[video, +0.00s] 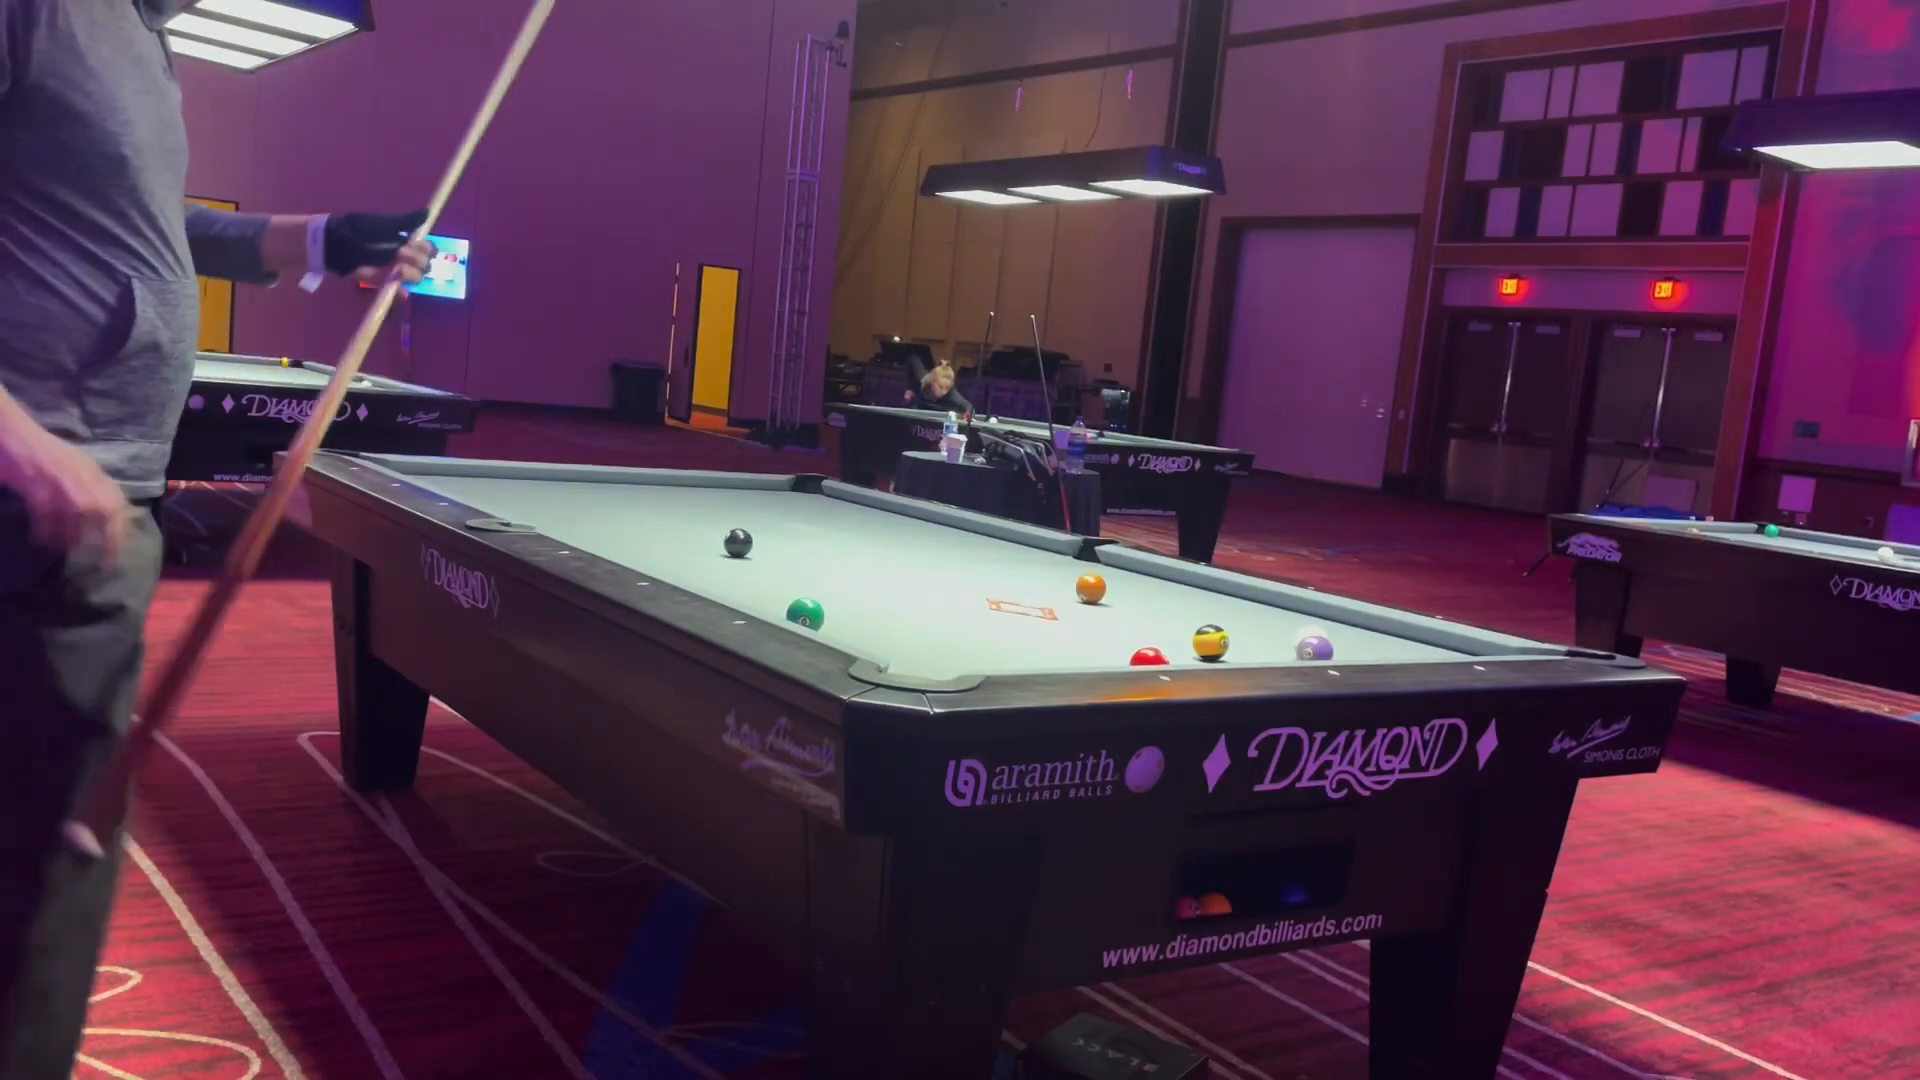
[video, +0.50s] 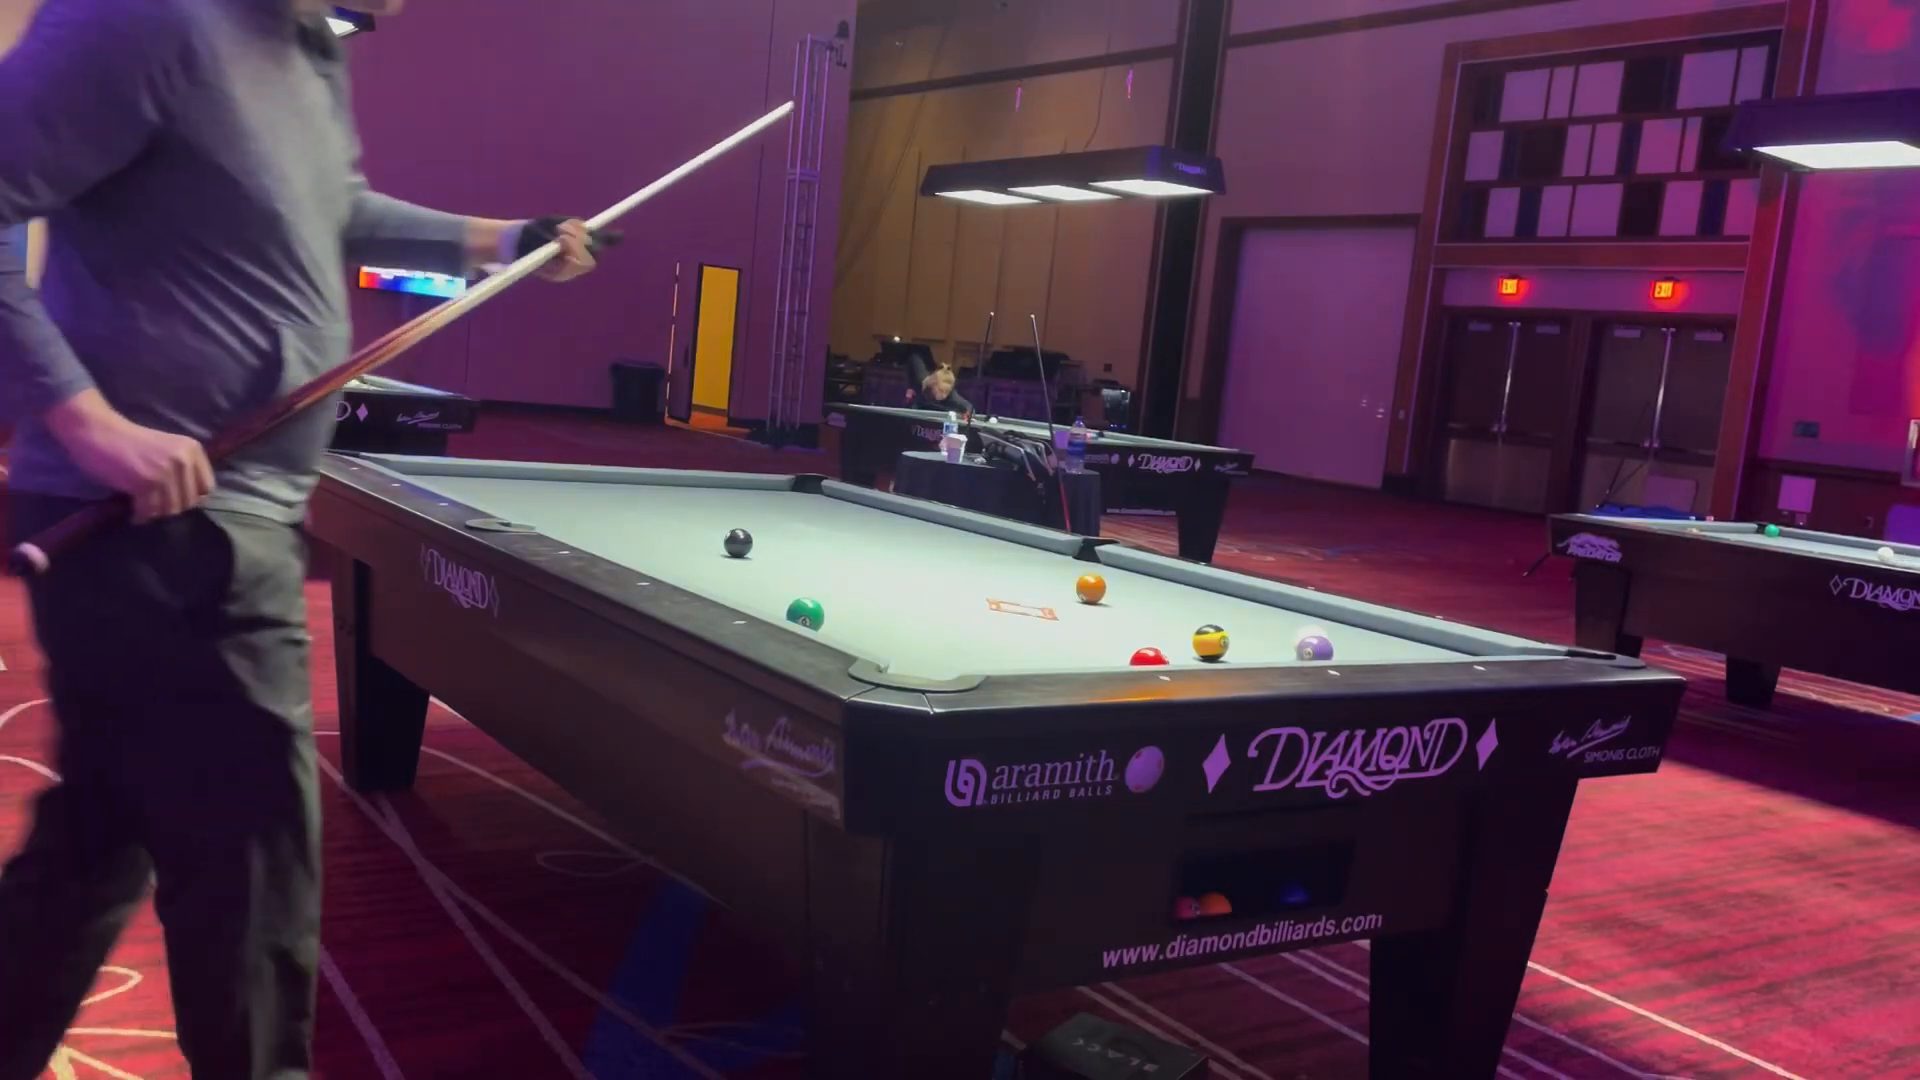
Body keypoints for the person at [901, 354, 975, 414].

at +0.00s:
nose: (943, 392)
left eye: (946, 389)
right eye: (941, 387)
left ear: (949, 388)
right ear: (932, 380)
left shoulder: (951, 396)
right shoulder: (920, 381)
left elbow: (968, 406)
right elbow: (912, 359)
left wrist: (966, 414)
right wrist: (909, 388)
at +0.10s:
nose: (943, 392)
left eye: (946, 389)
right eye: (941, 387)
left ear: (950, 388)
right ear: (932, 381)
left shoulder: (951, 396)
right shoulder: (920, 381)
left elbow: (968, 406)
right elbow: (913, 358)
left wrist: (966, 414)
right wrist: (910, 388)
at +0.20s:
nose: (943, 392)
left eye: (946, 389)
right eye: (941, 387)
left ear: (949, 388)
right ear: (932, 381)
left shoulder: (952, 397)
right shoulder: (920, 382)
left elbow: (968, 407)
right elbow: (913, 358)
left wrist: (965, 414)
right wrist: (910, 388)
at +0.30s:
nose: (943, 393)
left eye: (946, 390)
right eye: (941, 388)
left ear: (950, 389)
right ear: (933, 382)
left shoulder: (952, 396)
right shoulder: (920, 381)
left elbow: (968, 406)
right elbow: (913, 358)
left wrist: (965, 414)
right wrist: (909, 387)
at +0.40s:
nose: (944, 394)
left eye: (947, 390)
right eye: (941, 389)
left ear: (950, 389)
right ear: (933, 382)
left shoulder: (952, 397)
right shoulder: (920, 382)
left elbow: (968, 407)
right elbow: (913, 358)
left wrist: (966, 414)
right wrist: (910, 387)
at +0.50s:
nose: (943, 395)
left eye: (946, 392)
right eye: (941, 391)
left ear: (950, 390)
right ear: (933, 384)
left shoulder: (952, 397)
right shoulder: (922, 383)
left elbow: (968, 407)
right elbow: (914, 357)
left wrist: (967, 414)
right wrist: (910, 387)